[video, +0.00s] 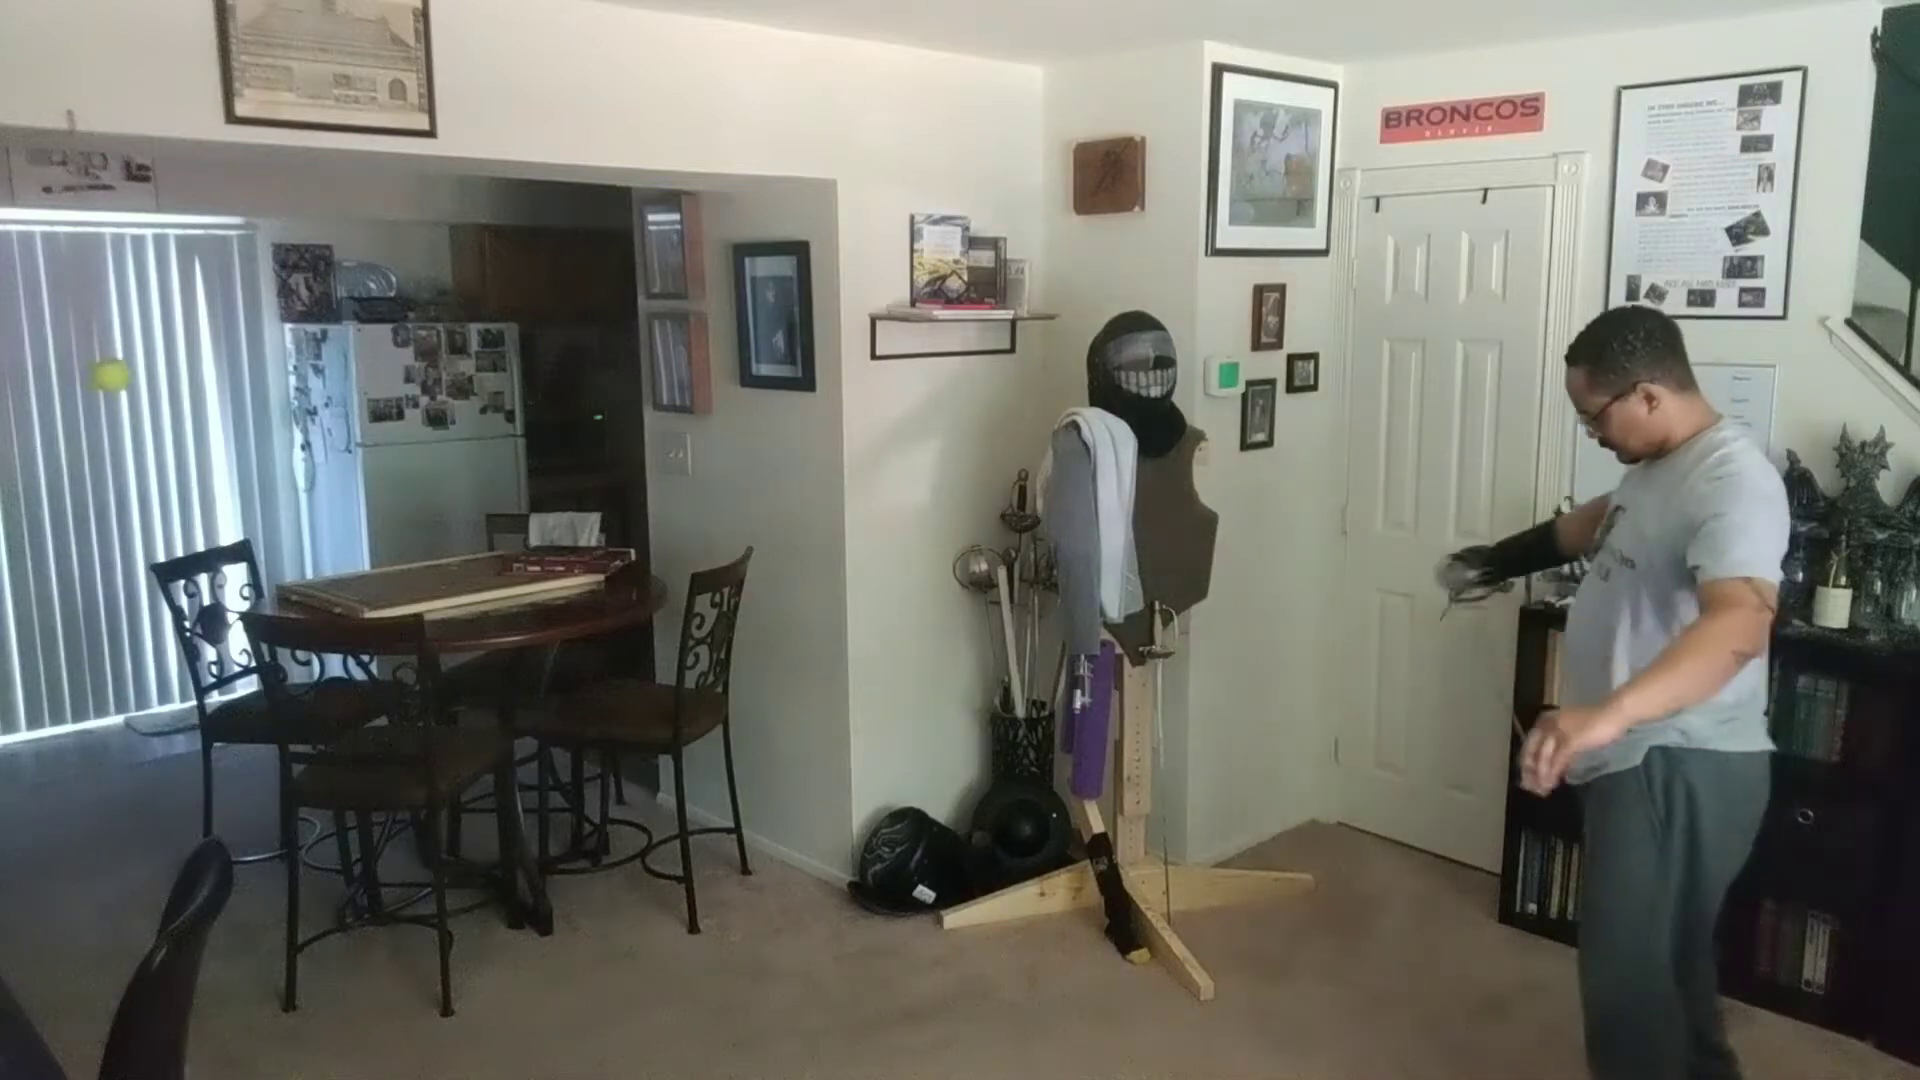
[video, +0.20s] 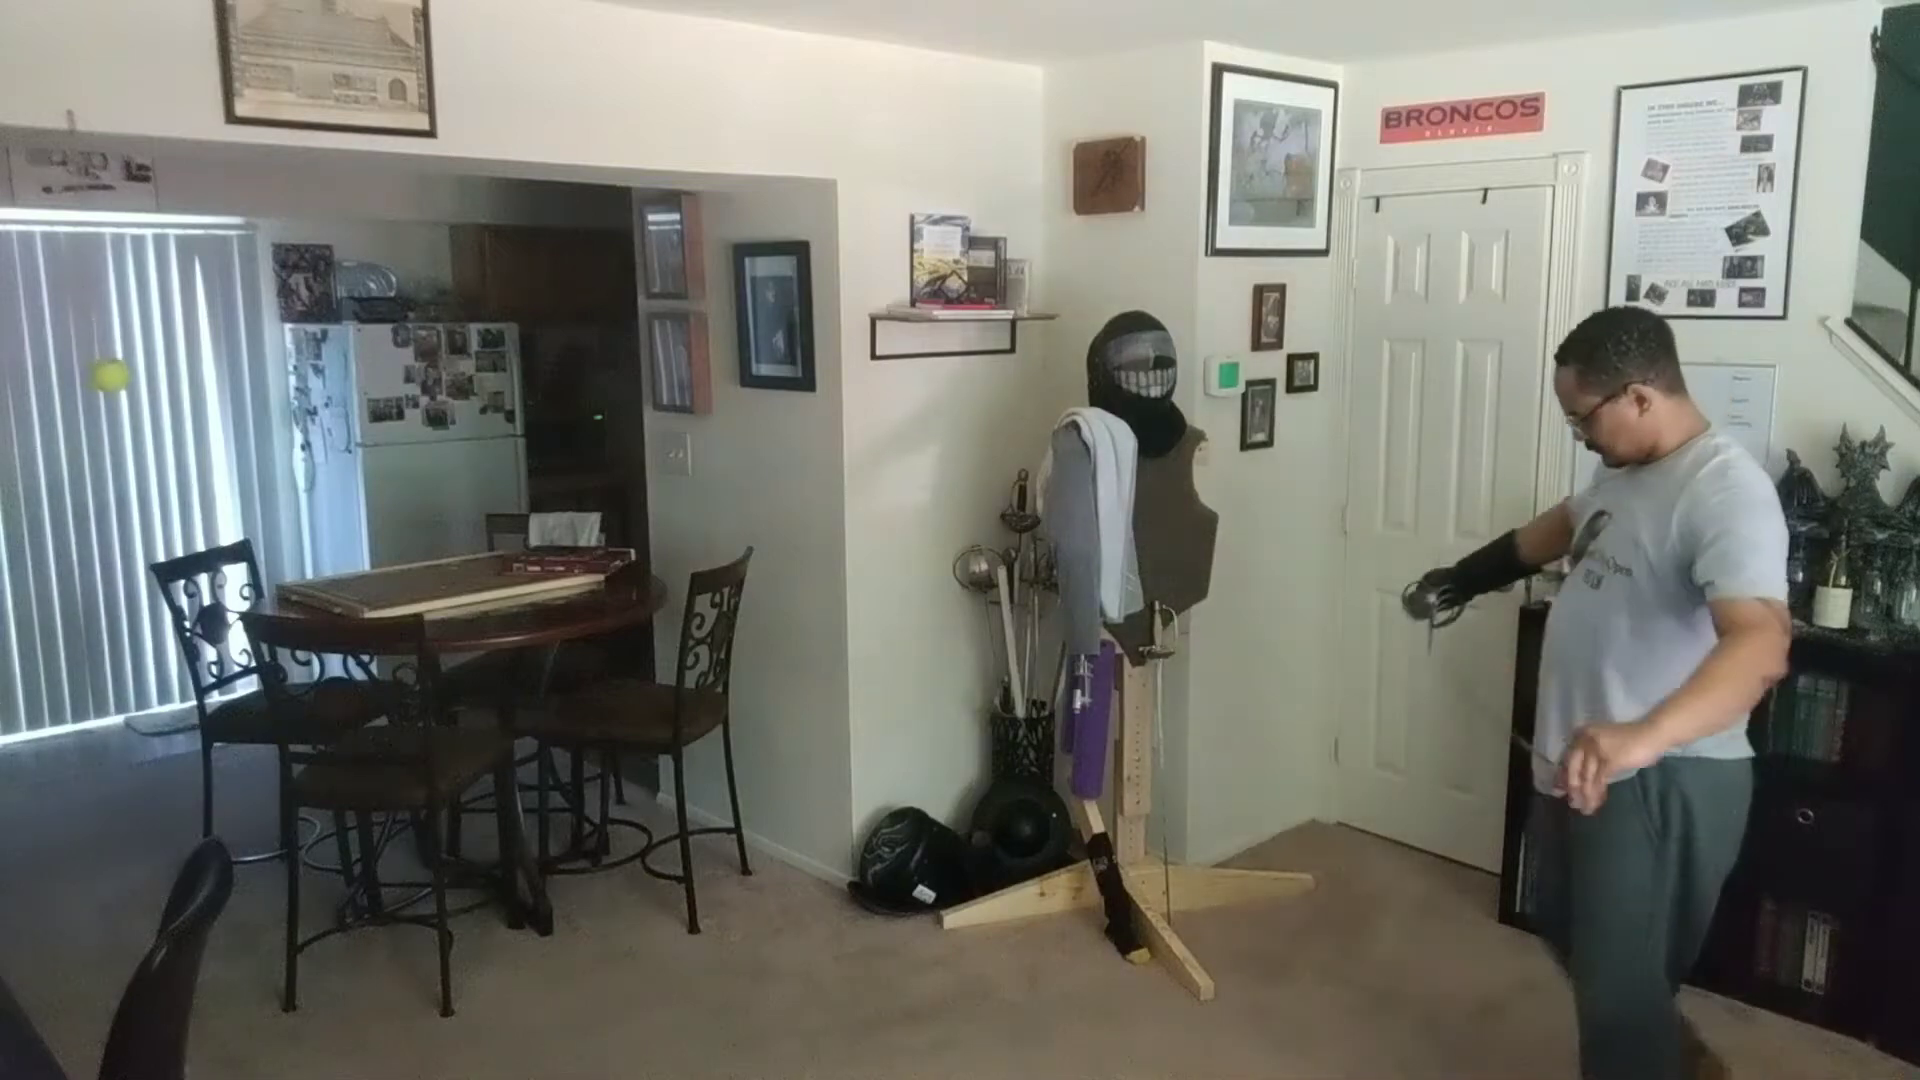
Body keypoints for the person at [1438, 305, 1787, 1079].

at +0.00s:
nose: (1594, 434)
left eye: (1596, 417)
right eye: (1587, 421)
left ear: (1648, 394)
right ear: (1650, 393)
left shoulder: (1732, 475)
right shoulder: (1662, 470)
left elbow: (1739, 624)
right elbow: (1591, 526)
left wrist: (1606, 715)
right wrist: (1501, 558)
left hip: (1676, 775)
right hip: (1637, 765)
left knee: (1629, 984)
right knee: (1666, 963)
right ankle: (1700, 1064)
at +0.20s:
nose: (1580, 436)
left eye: (1585, 418)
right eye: (1575, 422)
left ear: (1641, 396)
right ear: (1636, 398)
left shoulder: (1727, 484)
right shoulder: (1623, 472)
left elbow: (1761, 646)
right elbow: (1558, 529)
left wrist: (1644, 736)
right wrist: (1462, 577)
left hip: (1657, 792)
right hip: (1577, 775)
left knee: (1623, 1011)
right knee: (1571, 944)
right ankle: (1675, 1054)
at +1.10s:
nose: (1432, 372)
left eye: (1454, 356)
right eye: (1414, 356)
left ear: (1483, 369)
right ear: (1392, 368)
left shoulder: (1533, 481)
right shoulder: (1332, 483)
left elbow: (1591, 609)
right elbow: (1299, 621)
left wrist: (1571, 741)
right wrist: (1277, 744)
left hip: (1488, 762)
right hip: (1353, 758)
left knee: (1522, 953)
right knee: (1317, 956)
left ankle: (1562, 1075)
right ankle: (1315, 1070)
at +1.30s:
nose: (1399, 368)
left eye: (1418, 351)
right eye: (1379, 354)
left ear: (1444, 362)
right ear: (1357, 368)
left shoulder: (1495, 463)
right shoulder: (1307, 484)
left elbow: (1533, 547)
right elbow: (1285, 616)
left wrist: (1488, 648)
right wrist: (1279, 686)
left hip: (1464, 739)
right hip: (1338, 746)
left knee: (1459, 929)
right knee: (1317, 941)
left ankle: (1415, 1057)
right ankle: (1317, 1066)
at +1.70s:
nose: (1386, 370)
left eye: (1402, 352)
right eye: (1366, 355)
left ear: (1425, 359)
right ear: (1341, 366)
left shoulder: (1474, 458)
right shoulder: (1300, 487)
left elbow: (1492, 546)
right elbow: (1293, 642)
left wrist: (1455, 615)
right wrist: (1337, 624)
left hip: (1430, 730)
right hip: (1328, 737)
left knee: (1397, 904)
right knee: (1317, 912)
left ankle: (1366, 1049)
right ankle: (1314, 1061)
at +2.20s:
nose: (1382, 371)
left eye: (1397, 352)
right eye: (1361, 357)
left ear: (1421, 356)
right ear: (1337, 369)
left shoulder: (1472, 458)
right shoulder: (1299, 485)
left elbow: (1489, 549)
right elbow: (1261, 622)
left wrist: (1451, 616)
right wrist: (1312, 612)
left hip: (1429, 728)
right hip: (1326, 731)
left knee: (1393, 906)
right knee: (1315, 909)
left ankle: (1365, 1054)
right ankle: (1312, 1062)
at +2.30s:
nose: (1386, 367)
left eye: (1401, 349)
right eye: (1364, 354)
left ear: (1424, 355)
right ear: (1340, 368)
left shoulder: (1474, 456)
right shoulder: (1302, 482)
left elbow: (1496, 535)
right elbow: (1254, 610)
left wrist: (1463, 608)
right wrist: (1271, 634)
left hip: (1431, 725)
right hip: (1327, 728)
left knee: (1394, 905)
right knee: (1316, 908)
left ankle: (1364, 1053)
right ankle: (1312, 1062)